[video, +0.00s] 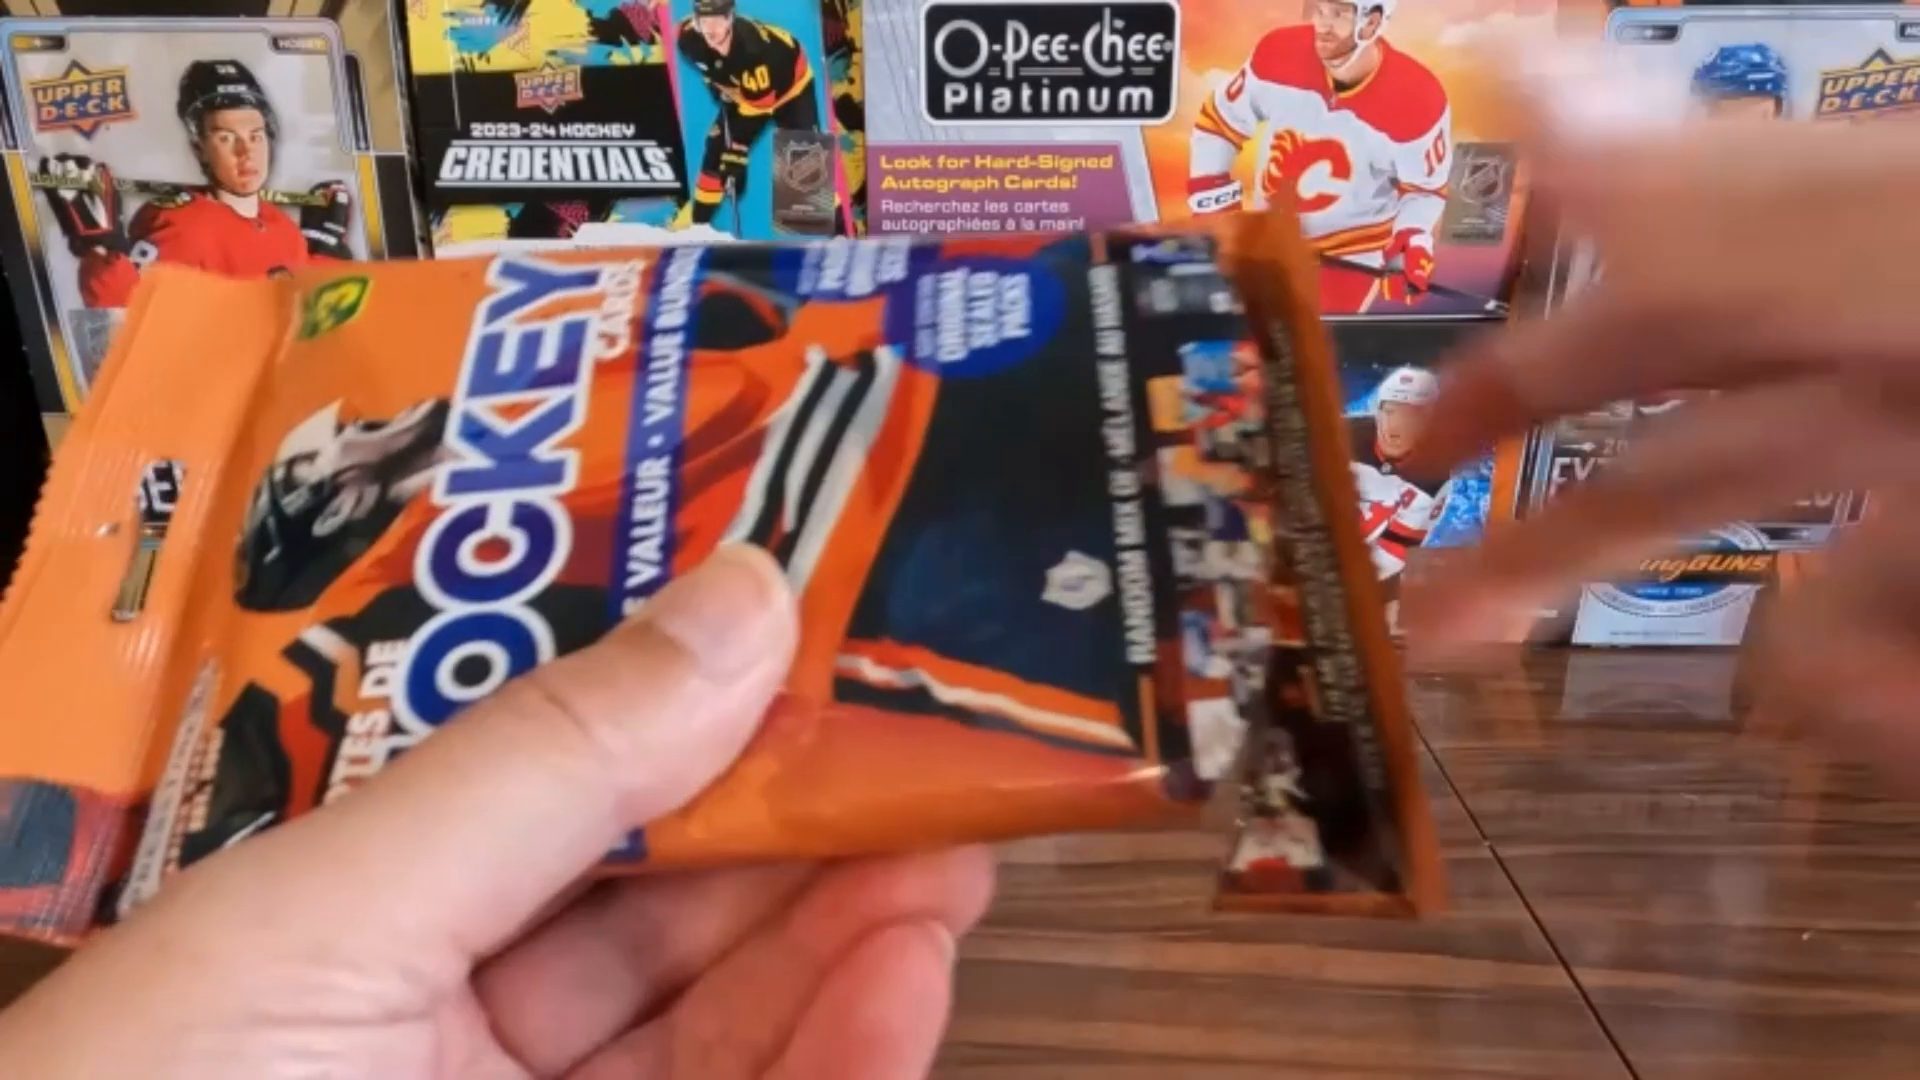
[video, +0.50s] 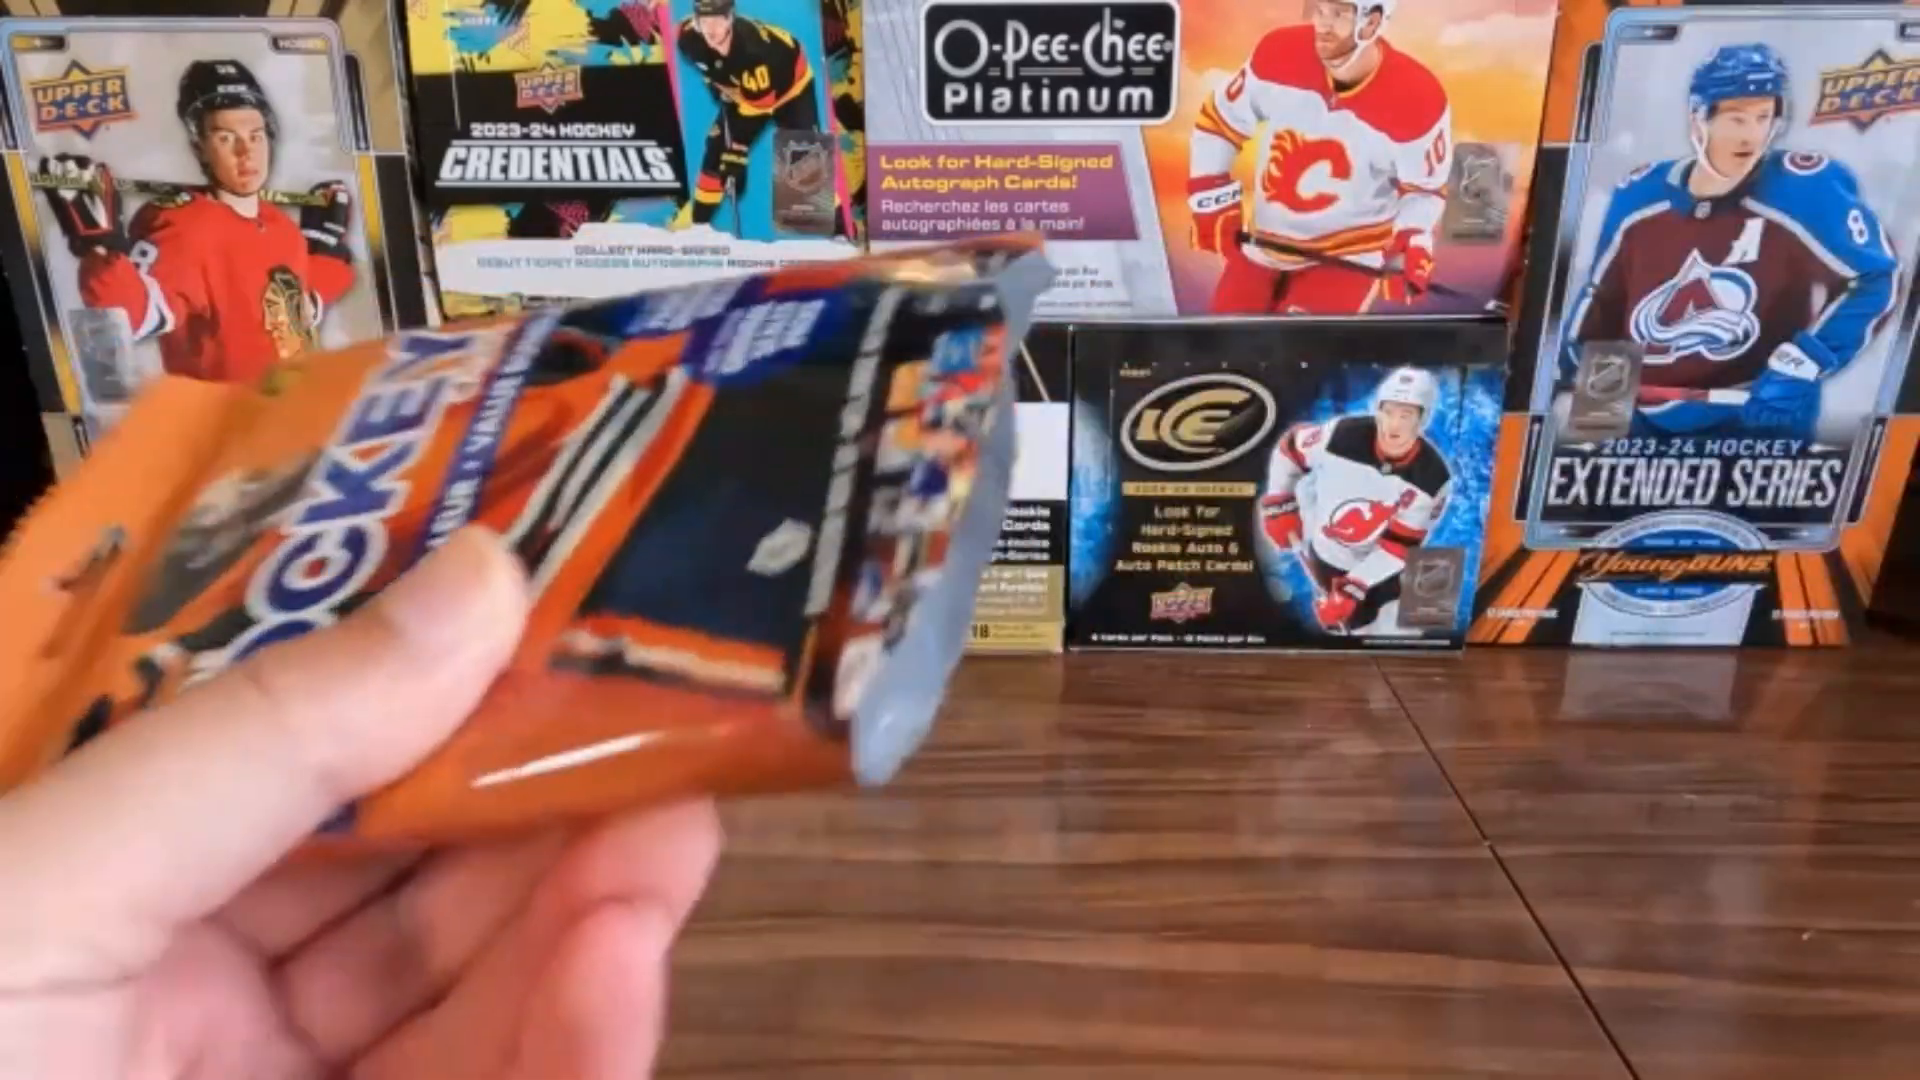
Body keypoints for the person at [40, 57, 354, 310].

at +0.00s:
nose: (247, 152)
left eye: (256, 135)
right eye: (227, 139)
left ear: (270, 140)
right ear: (200, 149)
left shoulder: (285, 229)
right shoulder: (179, 227)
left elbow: (315, 315)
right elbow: (117, 303)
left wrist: (328, 250)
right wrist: (101, 249)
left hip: (288, 384)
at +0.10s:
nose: (246, 150)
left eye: (256, 134)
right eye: (226, 137)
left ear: (270, 139)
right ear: (199, 149)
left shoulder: (285, 228)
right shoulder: (177, 222)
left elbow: (306, 324)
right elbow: (141, 322)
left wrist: (321, 251)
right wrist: (102, 252)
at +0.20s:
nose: (246, 151)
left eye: (256, 135)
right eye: (226, 138)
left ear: (270, 139)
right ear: (199, 148)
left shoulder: (284, 227)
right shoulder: (178, 224)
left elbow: (316, 320)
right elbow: (143, 325)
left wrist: (327, 250)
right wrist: (102, 251)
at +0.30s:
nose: (246, 150)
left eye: (255, 134)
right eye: (226, 137)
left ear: (270, 139)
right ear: (199, 148)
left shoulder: (281, 224)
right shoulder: (181, 226)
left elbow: (299, 312)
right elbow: (151, 324)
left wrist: (331, 253)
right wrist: (103, 255)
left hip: (298, 401)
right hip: (218, 408)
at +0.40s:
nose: (246, 150)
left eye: (256, 134)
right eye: (226, 137)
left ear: (270, 139)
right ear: (199, 148)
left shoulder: (280, 224)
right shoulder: (181, 226)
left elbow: (301, 310)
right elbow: (151, 322)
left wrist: (331, 251)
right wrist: (102, 252)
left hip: (290, 389)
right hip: (214, 398)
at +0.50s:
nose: (246, 154)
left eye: (256, 136)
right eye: (227, 139)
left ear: (270, 139)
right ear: (199, 148)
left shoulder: (282, 227)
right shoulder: (183, 228)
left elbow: (299, 310)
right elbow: (139, 321)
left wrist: (332, 253)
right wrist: (99, 248)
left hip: (296, 414)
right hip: (220, 427)